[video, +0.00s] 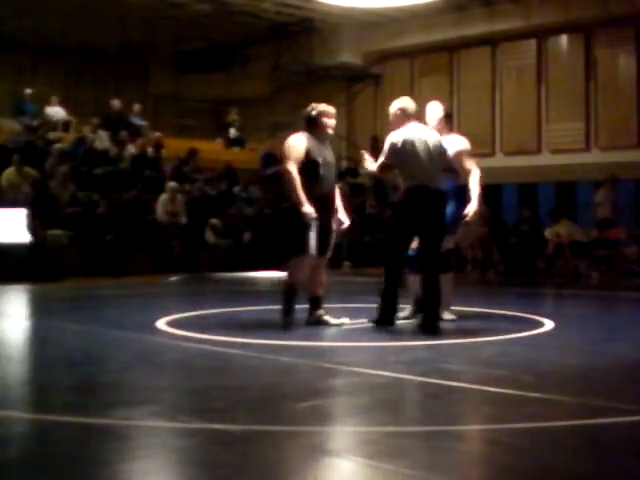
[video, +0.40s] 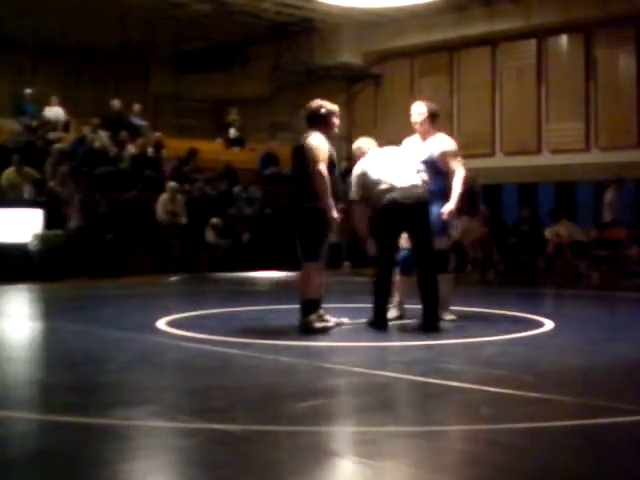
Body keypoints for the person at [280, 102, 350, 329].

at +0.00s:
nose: (333, 124)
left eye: (333, 119)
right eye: (329, 118)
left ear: (329, 122)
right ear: (315, 120)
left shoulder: (327, 147)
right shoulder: (299, 140)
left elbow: (332, 183)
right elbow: (290, 168)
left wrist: (340, 210)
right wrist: (303, 203)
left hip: (325, 209)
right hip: (305, 208)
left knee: (321, 259)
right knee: (304, 257)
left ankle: (316, 309)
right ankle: (288, 309)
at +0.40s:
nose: (338, 122)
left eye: (337, 117)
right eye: (335, 117)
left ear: (317, 119)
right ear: (323, 118)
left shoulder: (310, 141)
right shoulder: (317, 141)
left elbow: (310, 176)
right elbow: (319, 170)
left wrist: (326, 201)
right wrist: (330, 204)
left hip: (308, 207)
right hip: (314, 208)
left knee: (313, 262)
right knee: (313, 262)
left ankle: (313, 310)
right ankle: (311, 312)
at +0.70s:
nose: (341, 124)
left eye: (341, 119)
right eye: (339, 119)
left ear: (314, 117)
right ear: (330, 119)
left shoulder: (298, 143)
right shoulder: (323, 141)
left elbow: (295, 180)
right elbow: (331, 175)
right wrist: (342, 207)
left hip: (298, 207)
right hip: (317, 209)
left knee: (305, 260)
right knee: (310, 261)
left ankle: (292, 306)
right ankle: (301, 315)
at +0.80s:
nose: (338, 127)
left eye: (340, 122)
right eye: (338, 122)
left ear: (317, 117)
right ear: (330, 121)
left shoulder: (303, 142)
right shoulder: (319, 143)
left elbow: (296, 180)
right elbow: (326, 175)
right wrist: (337, 207)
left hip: (300, 208)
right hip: (315, 209)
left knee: (302, 262)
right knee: (310, 263)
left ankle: (286, 313)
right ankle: (304, 317)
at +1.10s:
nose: (352, 129)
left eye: (352, 124)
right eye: (350, 124)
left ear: (336, 120)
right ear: (339, 122)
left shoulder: (337, 143)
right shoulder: (320, 144)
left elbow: (337, 183)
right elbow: (315, 185)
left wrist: (341, 211)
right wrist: (319, 217)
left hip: (331, 213)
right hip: (316, 214)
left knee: (329, 263)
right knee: (313, 265)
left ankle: (309, 310)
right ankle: (306, 316)